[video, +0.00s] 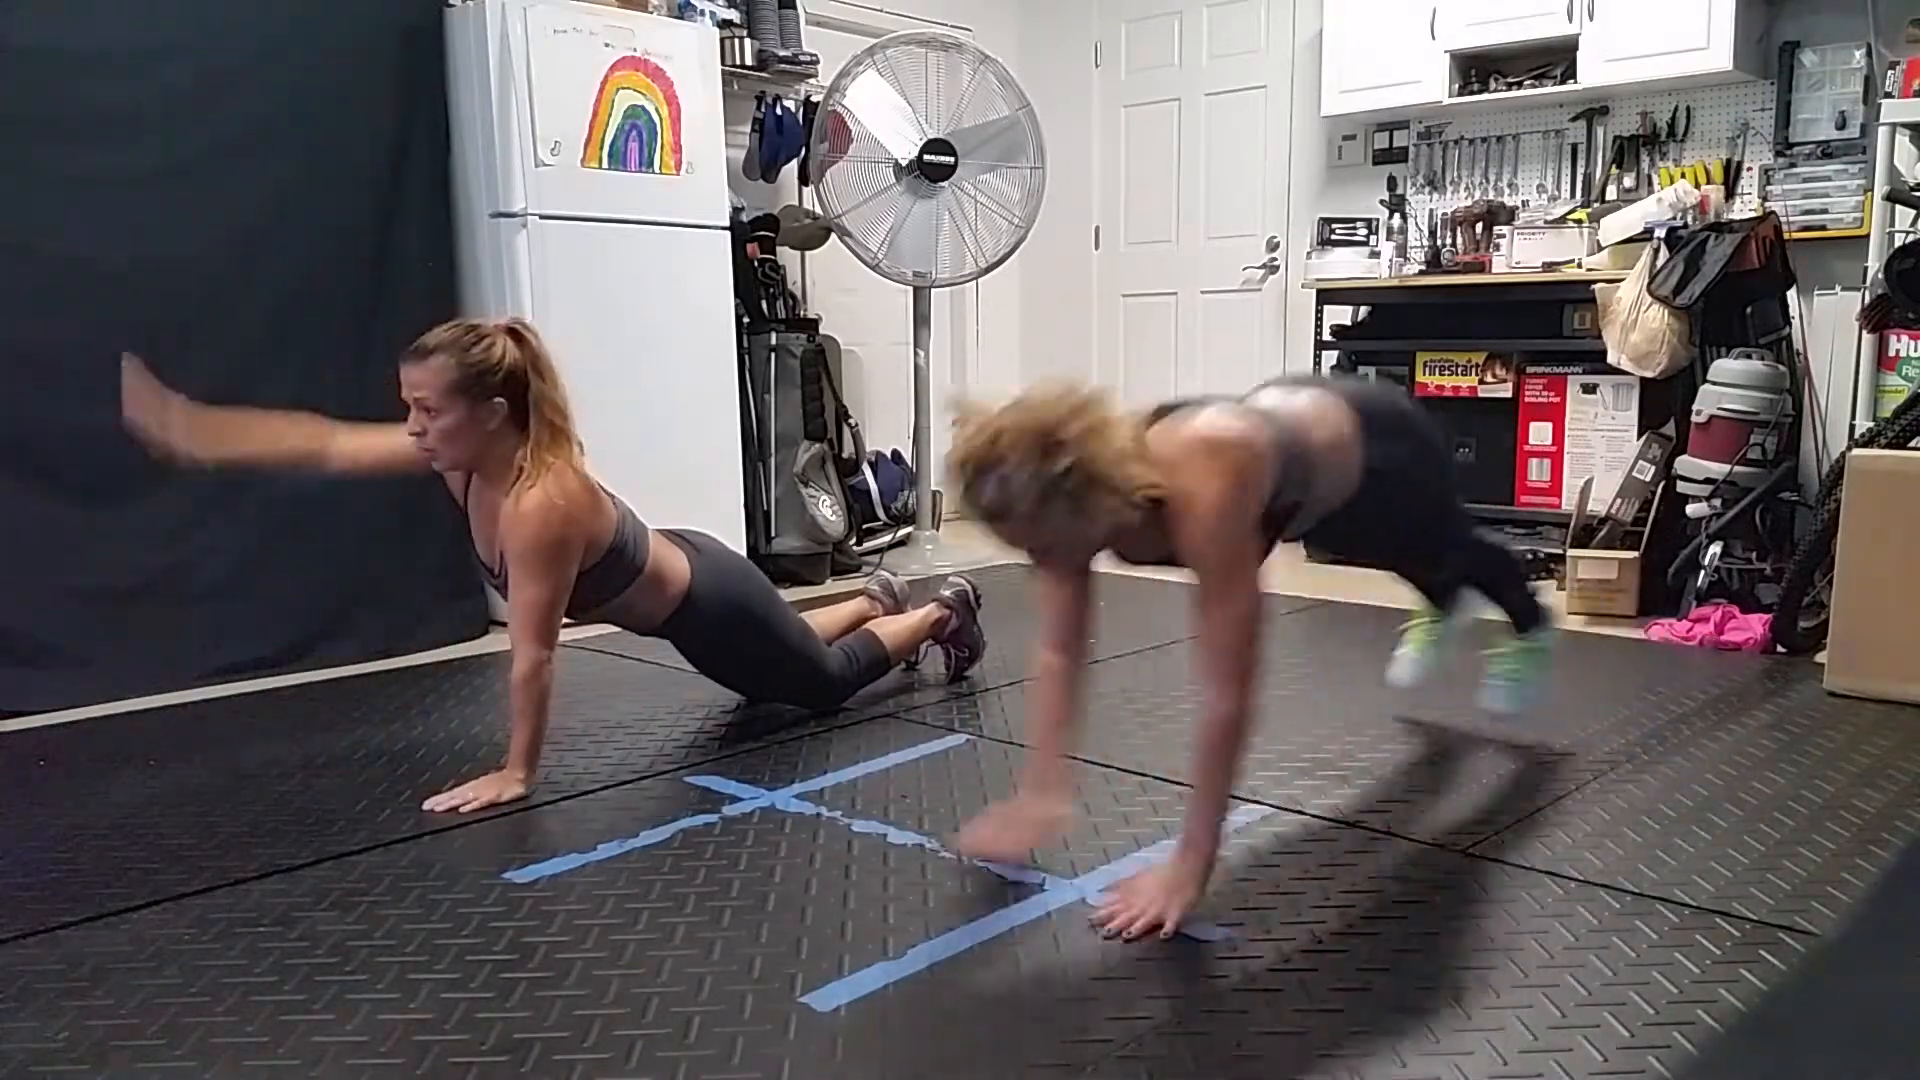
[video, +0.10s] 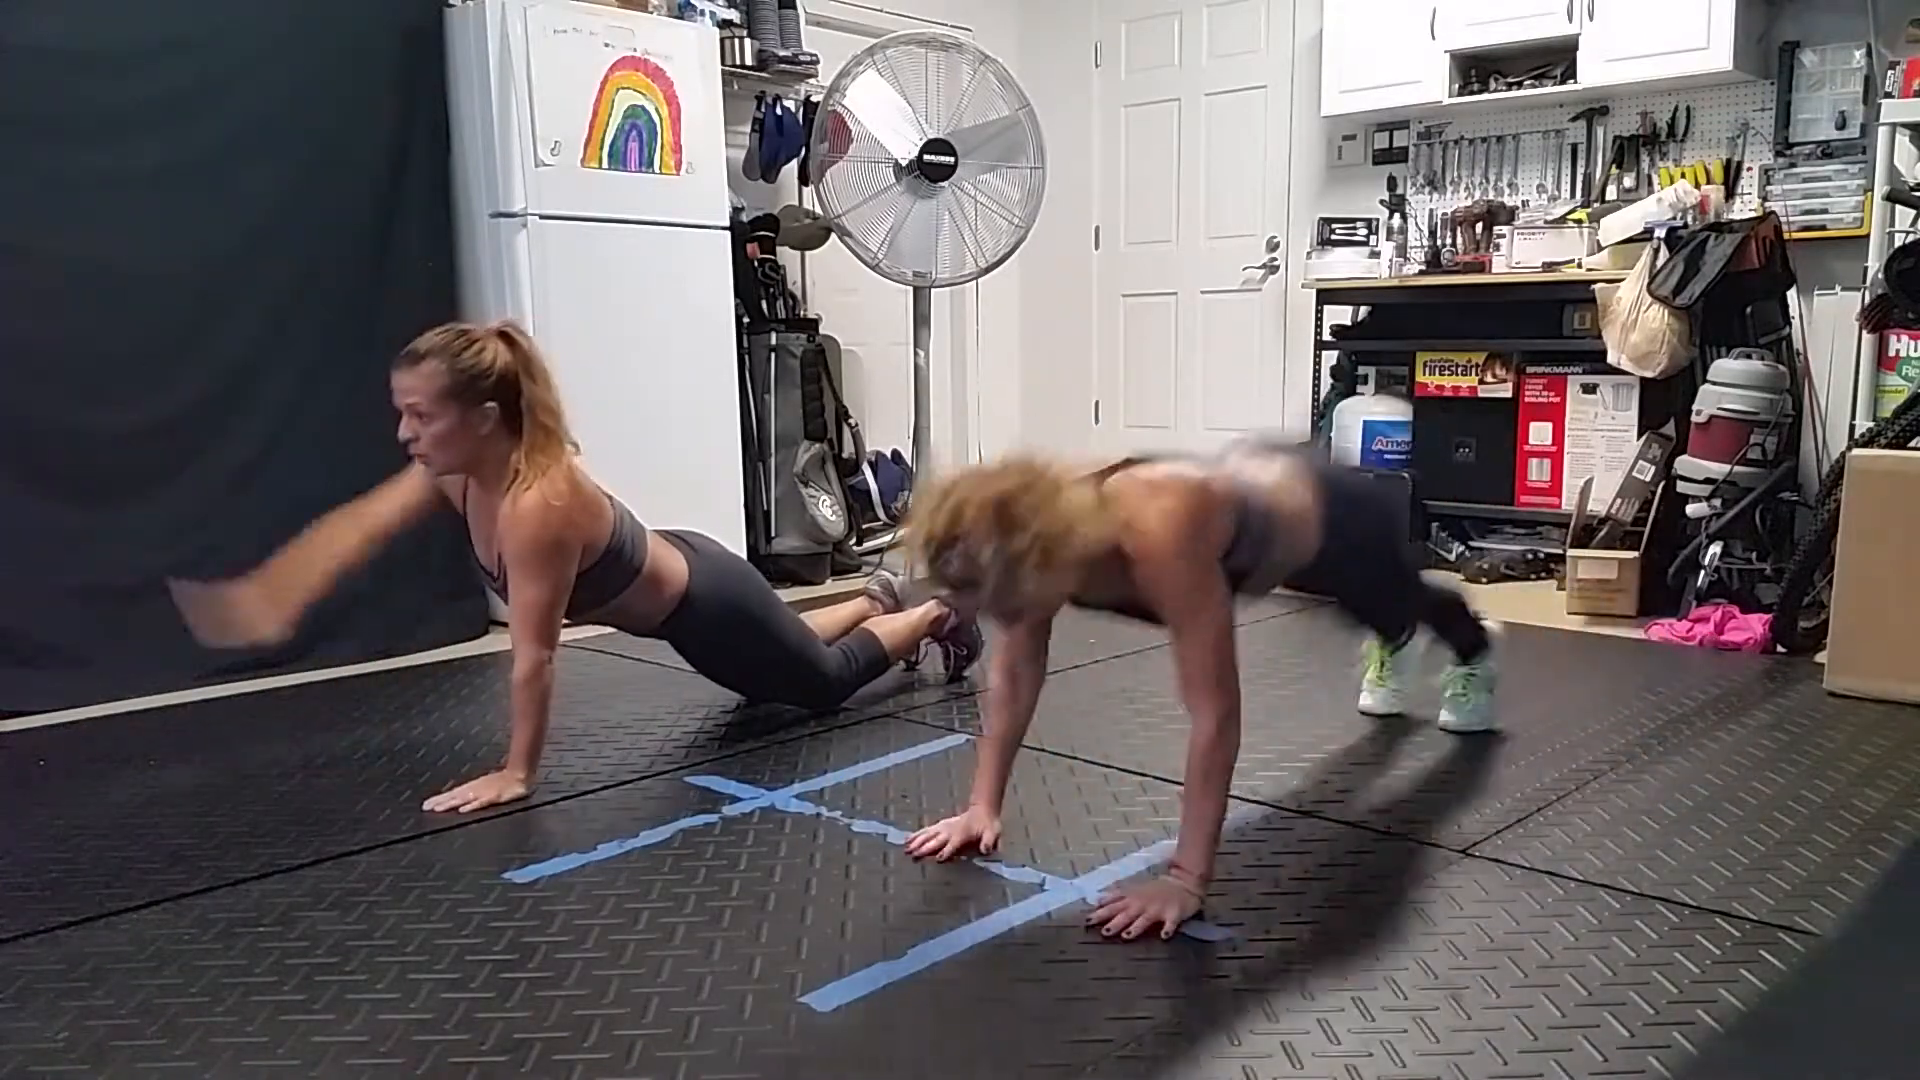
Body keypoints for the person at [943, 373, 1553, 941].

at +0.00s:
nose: (1039, 563)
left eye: (1043, 544)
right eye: (1027, 550)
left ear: (1087, 506)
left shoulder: (1212, 475)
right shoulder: (1067, 505)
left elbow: (1228, 693)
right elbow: (1059, 652)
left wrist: (1189, 866)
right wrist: (1043, 788)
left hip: (1378, 442)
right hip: (1296, 460)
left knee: (1453, 546)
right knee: (1387, 550)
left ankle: (1533, 620)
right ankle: (1445, 602)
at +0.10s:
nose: (1002, 628)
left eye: (1001, 611)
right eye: (984, 620)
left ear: (1033, 561)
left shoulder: (1162, 525)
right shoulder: (1030, 549)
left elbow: (1216, 716)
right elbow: (1014, 671)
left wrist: (1186, 879)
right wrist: (982, 806)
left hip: (1339, 515)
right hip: (1266, 516)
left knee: (1407, 597)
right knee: (1355, 589)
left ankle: (1474, 647)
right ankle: (1397, 632)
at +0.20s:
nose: (973, 653)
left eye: (972, 637)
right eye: (958, 645)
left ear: (1003, 581)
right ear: (986, 575)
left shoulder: (1133, 549)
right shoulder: (1008, 558)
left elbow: (1215, 716)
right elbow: (1005, 672)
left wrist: (1184, 876)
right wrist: (981, 806)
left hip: (1294, 594)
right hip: (1224, 585)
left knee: (1376, 636)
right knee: (1327, 642)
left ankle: (1463, 637)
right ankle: (1388, 661)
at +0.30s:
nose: (962, 684)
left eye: (960, 668)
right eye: (946, 674)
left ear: (994, 623)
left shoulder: (1111, 586)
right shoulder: (992, 577)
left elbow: (1221, 722)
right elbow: (1001, 682)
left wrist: (1186, 875)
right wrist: (982, 802)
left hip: (1274, 628)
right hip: (1211, 597)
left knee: (1371, 645)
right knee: (1323, 621)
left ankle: (1457, 633)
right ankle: (1392, 621)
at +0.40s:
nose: (934, 723)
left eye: (930, 708)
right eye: (918, 713)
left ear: (970, 672)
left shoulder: (1091, 632)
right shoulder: (981, 601)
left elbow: (1231, 729)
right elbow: (995, 692)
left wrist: (1187, 875)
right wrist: (981, 801)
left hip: (1259, 636)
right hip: (1187, 596)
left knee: (1368, 646)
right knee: (1308, 615)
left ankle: (1455, 631)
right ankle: (1393, 613)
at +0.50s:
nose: (939, 791)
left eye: (939, 778)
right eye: (921, 785)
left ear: (964, 737)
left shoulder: (1087, 683)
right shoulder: (958, 637)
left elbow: (1243, 732)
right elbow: (976, 709)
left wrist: (1187, 880)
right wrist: (980, 801)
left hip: (1253, 656)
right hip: (1176, 616)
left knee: (1362, 651)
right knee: (1301, 622)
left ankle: (1451, 631)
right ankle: (1388, 617)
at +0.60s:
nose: (934, 854)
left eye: (941, 839)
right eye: (920, 844)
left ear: (971, 786)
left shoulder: (1076, 733)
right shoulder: (961, 673)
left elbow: (1246, 734)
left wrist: (1187, 881)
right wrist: (981, 793)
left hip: (1249, 675)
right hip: (1167, 644)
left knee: (1355, 661)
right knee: (1288, 626)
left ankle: (1437, 630)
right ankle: (1388, 616)